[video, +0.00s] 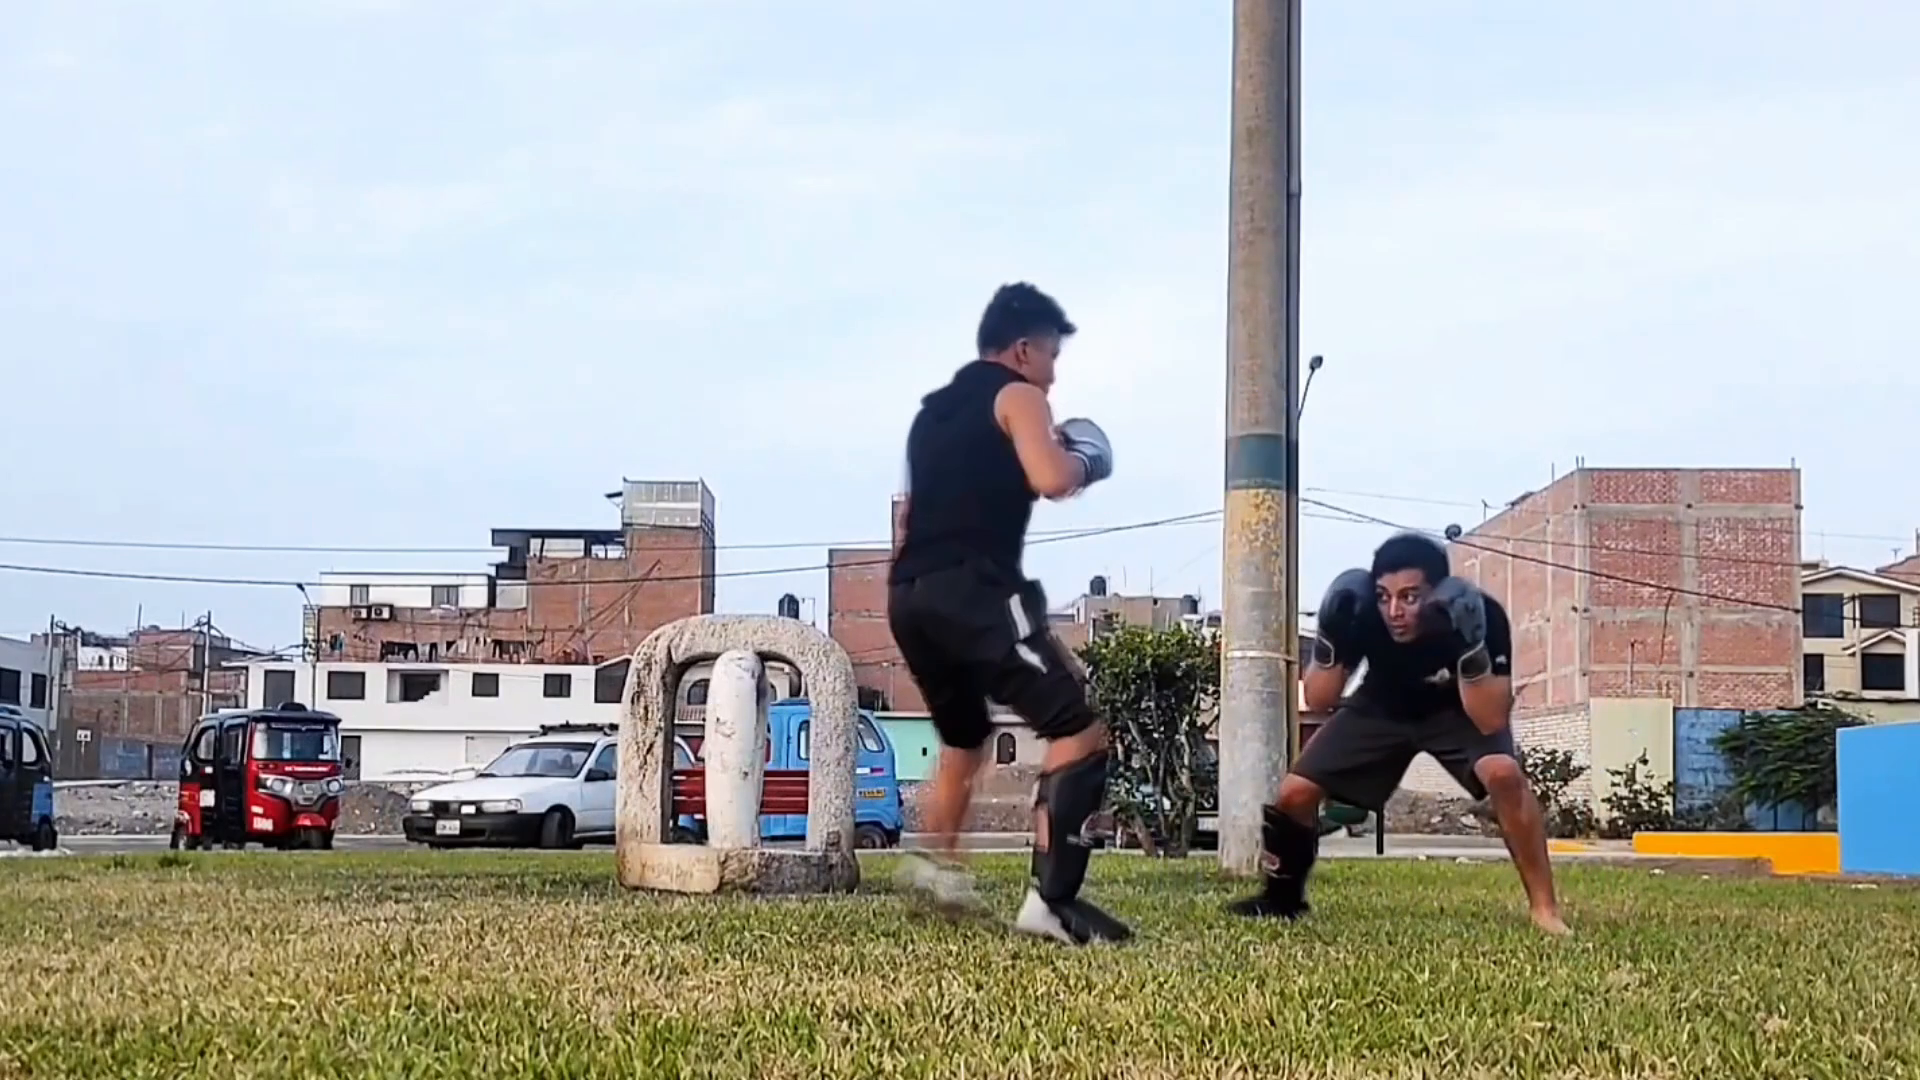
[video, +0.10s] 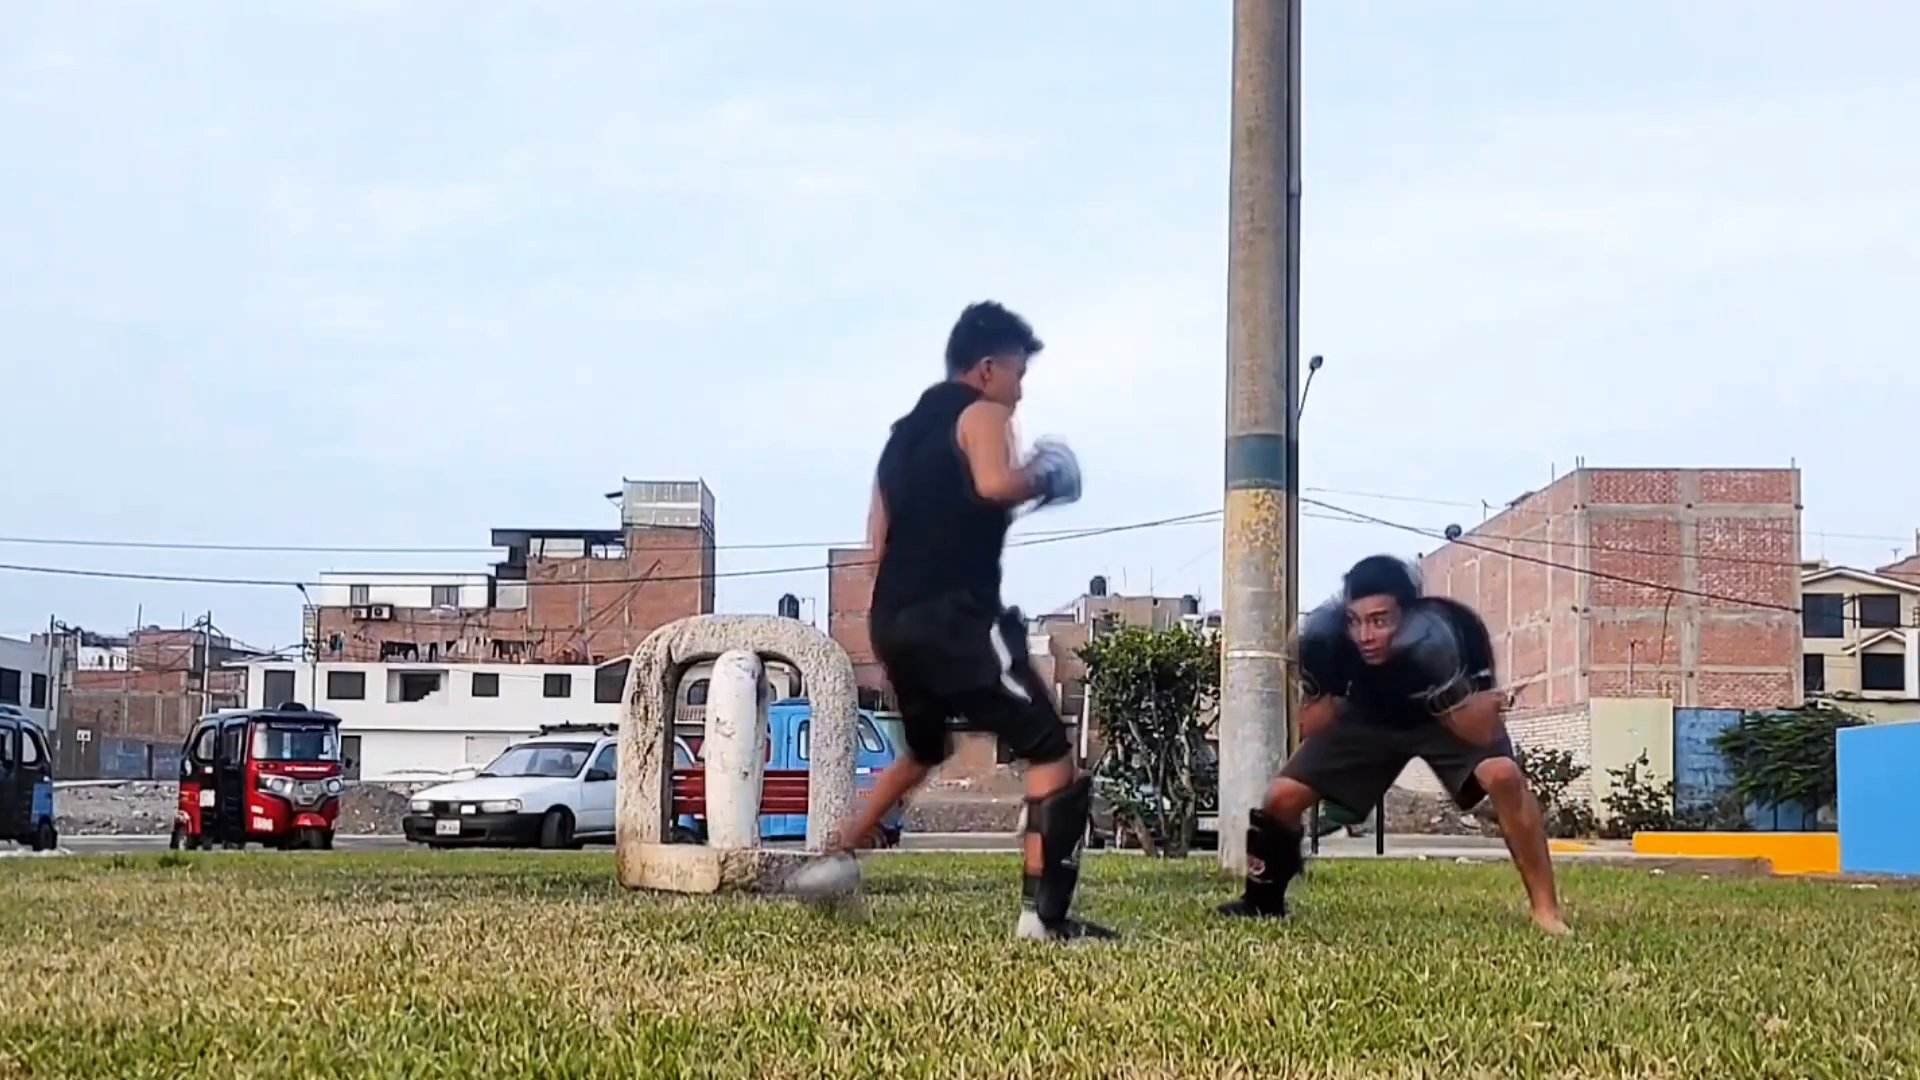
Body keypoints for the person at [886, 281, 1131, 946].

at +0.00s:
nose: (1056, 369)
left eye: (1057, 355)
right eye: (1053, 354)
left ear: (991, 346)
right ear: (1021, 348)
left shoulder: (933, 407)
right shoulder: (1016, 395)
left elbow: (945, 491)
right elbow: (1051, 479)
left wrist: (1037, 445)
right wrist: (1086, 460)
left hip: (911, 596)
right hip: (976, 589)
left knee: (962, 741)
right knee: (1077, 733)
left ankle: (936, 869)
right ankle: (1052, 899)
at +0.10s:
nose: (1022, 387)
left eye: (1023, 374)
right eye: (1018, 372)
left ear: (968, 368)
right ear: (984, 368)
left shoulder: (904, 432)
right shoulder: (982, 412)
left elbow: (881, 541)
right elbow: (995, 484)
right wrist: (1043, 475)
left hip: (894, 621)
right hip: (958, 616)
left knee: (923, 748)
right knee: (1049, 749)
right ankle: (1049, 915)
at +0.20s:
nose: (983, 415)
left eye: (984, 401)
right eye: (978, 400)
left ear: (931, 396)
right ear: (943, 395)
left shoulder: (888, 450)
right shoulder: (926, 449)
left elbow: (897, 532)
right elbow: (900, 524)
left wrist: (971, 519)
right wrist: (977, 528)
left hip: (873, 652)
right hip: (915, 651)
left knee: (869, 779)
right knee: (1013, 758)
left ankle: (778, 890)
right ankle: (1039, 913)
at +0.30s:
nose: (946, 423)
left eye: (948, 410)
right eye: (941, 408)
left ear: (900, 406)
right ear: (903, 404)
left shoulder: (893, 472)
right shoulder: (866, 451)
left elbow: (889, 582)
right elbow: (826, 525)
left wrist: (937, 532)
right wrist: (906, 527)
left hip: (833, 641)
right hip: (844, 640)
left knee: (848, 781)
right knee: (938, 760)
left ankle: (772, 899)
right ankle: (977, 897)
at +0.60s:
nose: (845, 407)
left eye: (848, 395)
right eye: (840, 393)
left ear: (812, 392)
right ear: (802, 388)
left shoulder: (814, 460)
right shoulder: (740, 439)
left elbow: (888, 518)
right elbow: (717, 526)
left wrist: (897, 442)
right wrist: (785, 485)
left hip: (779, 637)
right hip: (716, 628)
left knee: (826, 761)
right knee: (675, 749)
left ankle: (775, 894)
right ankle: (584, 835)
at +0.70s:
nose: (805, 426)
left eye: (810, 415)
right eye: (799, 410)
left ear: (770, 406)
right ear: (760, 400)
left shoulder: (780, 476)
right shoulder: (697, 453)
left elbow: (866, 496)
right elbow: (685, 535)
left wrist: (853, 421)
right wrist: (748, 485)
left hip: (742, 653)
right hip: (678, 649)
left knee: (806, 752)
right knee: (604, 762)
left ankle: (778, 898)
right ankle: (505, 859)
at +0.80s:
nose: (773, 425)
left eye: (779, 414)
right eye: (768, 409)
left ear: (738, 402)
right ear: (730, 394)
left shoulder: (741, 470)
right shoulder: (661, 438)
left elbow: (825, 492)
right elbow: (641, 517)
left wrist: (811, 419)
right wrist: (710, 476)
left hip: (679, 641)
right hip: (616, 630)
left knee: (739, 739)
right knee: (558, 754)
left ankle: (752, 879)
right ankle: (481, 889)